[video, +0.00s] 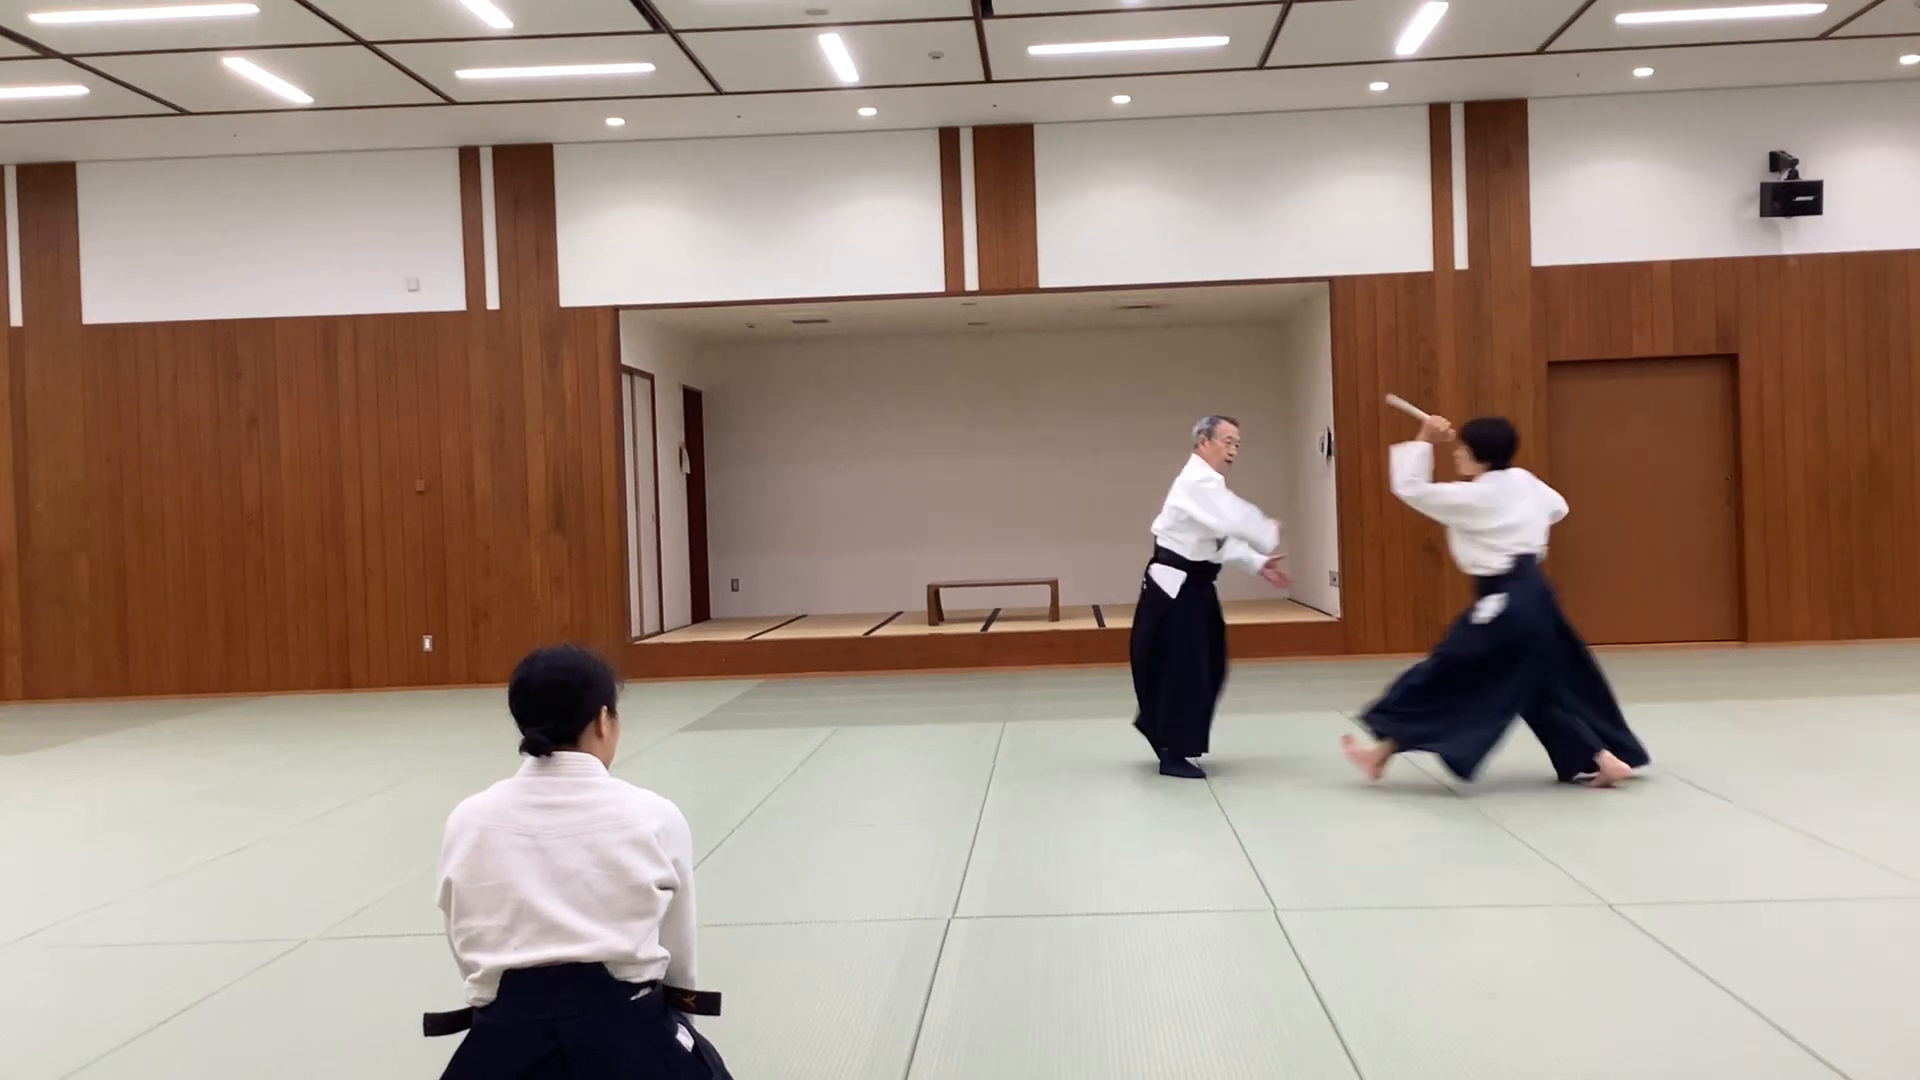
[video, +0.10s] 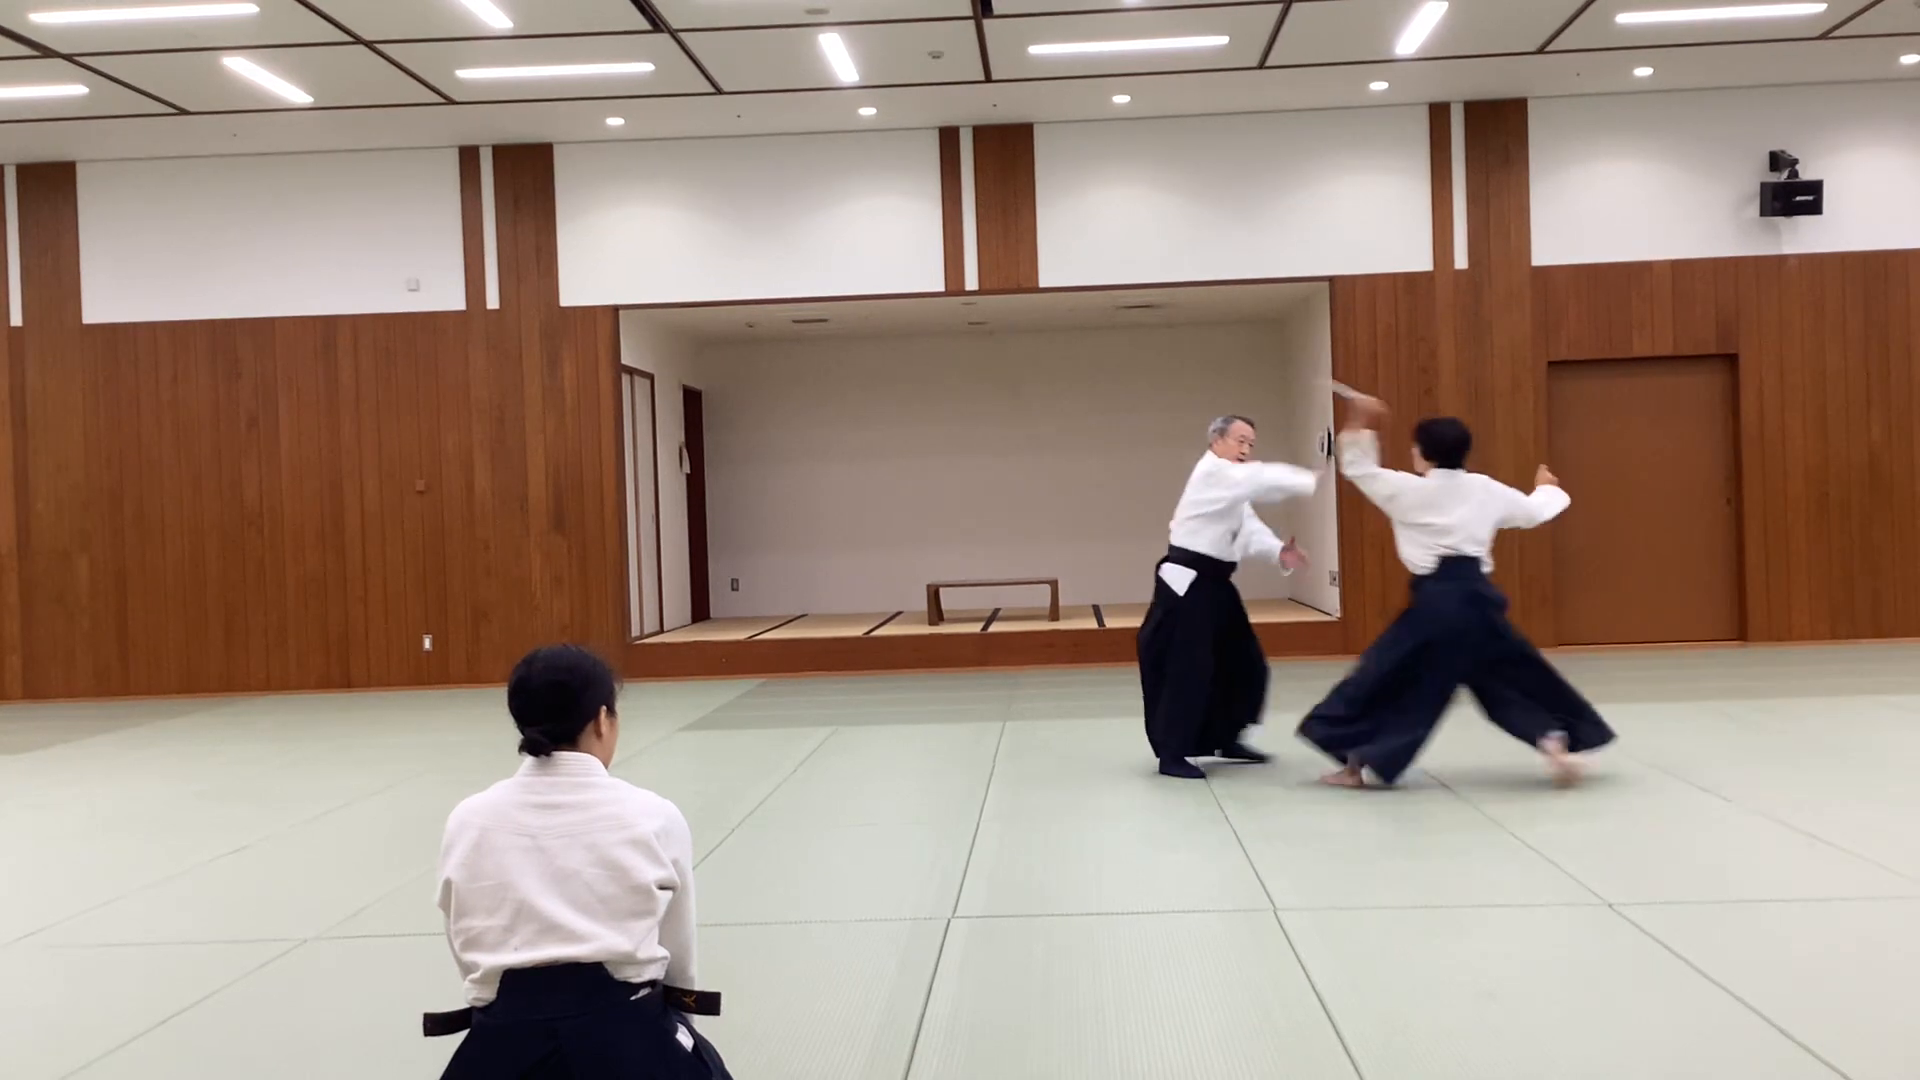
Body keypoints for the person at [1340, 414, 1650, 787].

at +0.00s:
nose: (1456, 454)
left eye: (1461, 449)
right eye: (1458, 448)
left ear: (1478, 456)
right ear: (1498, 455)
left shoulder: (1472, 496)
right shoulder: (1522, 481)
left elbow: (1409, 487)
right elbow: (1557, 507)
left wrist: (1423, 440)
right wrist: (1528, 532)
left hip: (1501, 602)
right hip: (1534, 595)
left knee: (1442, 672)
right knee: (1541, 686)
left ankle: (1380, 752)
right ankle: (1606, 761)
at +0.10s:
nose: (1412, 453)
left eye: (1415, 448)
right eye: (1414, 447)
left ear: (1424, 455)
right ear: (1461, 455)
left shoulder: (1406, 489)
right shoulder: (1484, 489)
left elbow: (1358, 468)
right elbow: (1534, 511)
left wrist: (1360, 422)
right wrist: (1549, 489)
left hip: (1433, 606)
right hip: (1478, 604)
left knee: (1387, 676)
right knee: (1503, 678)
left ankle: (1356, 765)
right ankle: (1550, 739)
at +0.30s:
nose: (1368, 427)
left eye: (1370, 423)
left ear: (1371, 427)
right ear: (1412, 428)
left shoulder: (1350, 459)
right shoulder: (1426, 466)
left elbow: (1299, 448)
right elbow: (1470, 504)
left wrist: (1268, 414)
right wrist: (1525, 518)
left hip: (1357, 570)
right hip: (1404, 574)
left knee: (1350, 656)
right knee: (1400, 667)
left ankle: (1346, 749)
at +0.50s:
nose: (1311, 442)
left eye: (1311, 436)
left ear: (1314, 437)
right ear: (1352, 434)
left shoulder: (1294, 474)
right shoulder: (1375, 470)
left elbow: (1243, 499)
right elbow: (1414, 507)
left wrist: (1221, 482)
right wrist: (1464, 528)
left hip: (1311, 578)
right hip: (1362, 578)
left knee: (1294, 658)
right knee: (1345, 664)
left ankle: (1285, 744)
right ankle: (1324, 751)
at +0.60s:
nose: (1329, 454)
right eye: (1326, 447)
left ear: (1281, 453)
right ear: (1321, 447)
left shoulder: (1268, 491)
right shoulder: (1342, 479)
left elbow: (1239, 532)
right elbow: (1386, 512)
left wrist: (1227, 524)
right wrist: (1435, 528)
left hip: (1289, 582)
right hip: (1338, 581)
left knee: (1264, 665)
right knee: (1337, 673)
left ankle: (1233, 738)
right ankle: (1321, 751)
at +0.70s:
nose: (1315, 472)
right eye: (1312, 467)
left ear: (1266, 468)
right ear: (1304, 467)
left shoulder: (1250, 506)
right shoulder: (1311, 490)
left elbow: (1245, 561)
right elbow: (1350, 516)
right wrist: (1394, 524)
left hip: (1258, 584)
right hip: (1302, 581)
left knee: (1248, 667)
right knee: (1321, 672)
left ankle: (1222, 744)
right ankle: (1314, 753)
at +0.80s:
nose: (1310, 504)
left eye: (1311, 501)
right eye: (1311, 499)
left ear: (1276, 486)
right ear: (1306, 492)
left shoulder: (1251, 515)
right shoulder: (1291, 504)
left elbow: (1238, 562)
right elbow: (1308, 531)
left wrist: (1298, 580)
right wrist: (1330, 533)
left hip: (1223, 595)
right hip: (1259, 596)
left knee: (1232, 677)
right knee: (1293, 677)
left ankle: (1219, 751)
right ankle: (1292, 757)